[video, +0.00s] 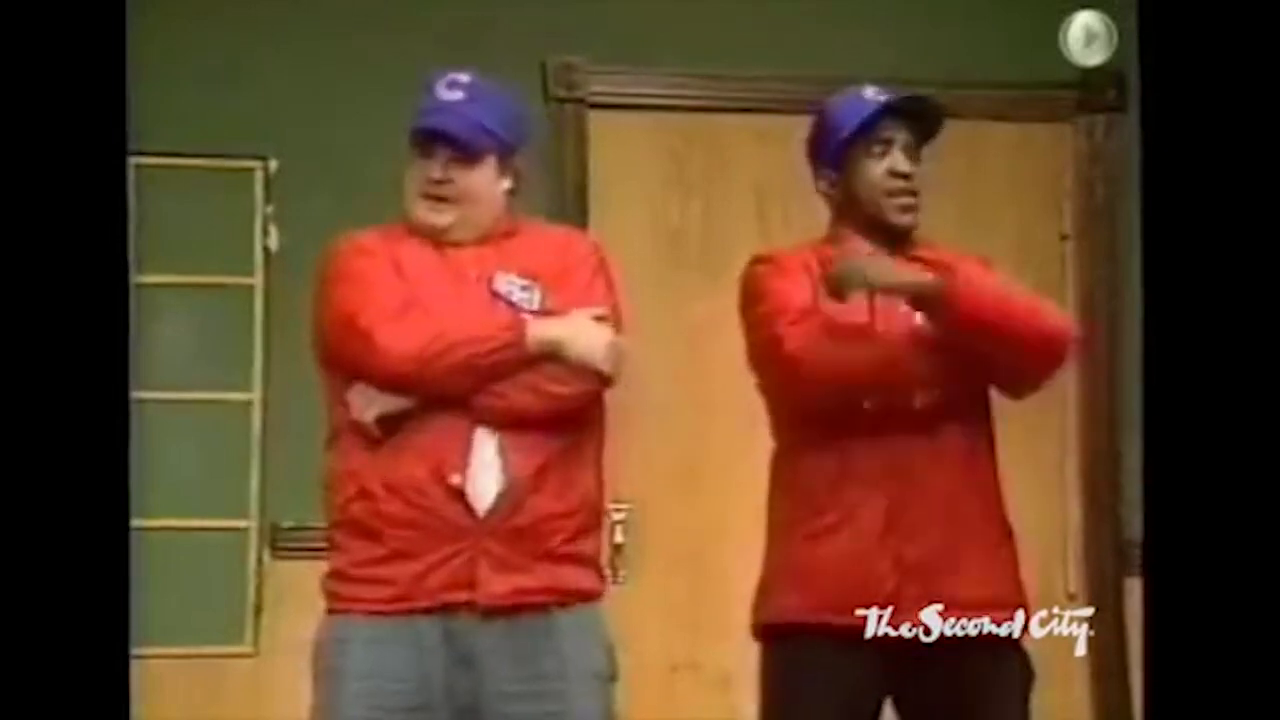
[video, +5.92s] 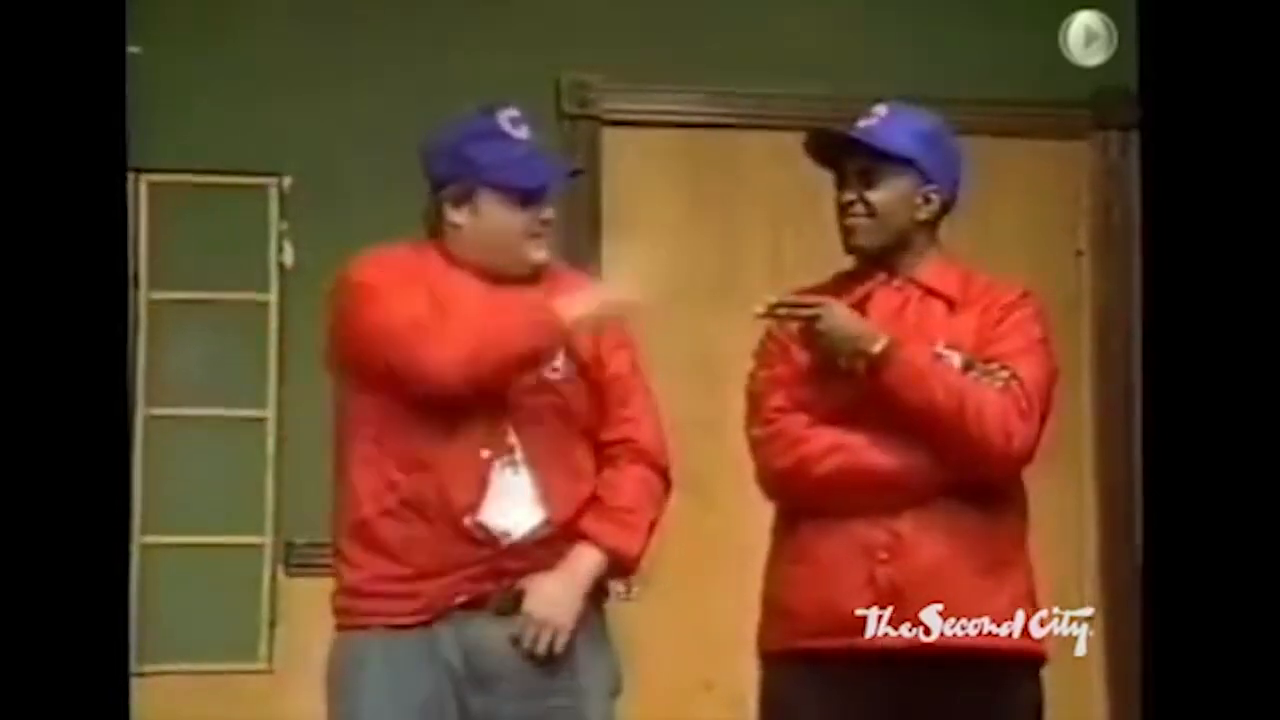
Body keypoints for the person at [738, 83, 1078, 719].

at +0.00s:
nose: (905, 168)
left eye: (912, 153)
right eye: (880, 150)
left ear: (922, 170)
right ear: (831, 177)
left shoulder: (956, 274)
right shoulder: (782, 275)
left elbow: (1047, 344)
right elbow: (803, 367)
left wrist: (918, 282)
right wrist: (961, 356)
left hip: (967, 610)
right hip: (825, 613)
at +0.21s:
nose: (873, 160)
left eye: (892, 145)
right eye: (854, 146)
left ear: (918, 170)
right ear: (829, 174)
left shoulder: (967, 272)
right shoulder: (785, 271)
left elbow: (1025, 352)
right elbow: (811, 384)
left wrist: (874, 342)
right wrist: (959, 393)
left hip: (965, 601)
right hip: (821, 604)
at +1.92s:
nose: (797, 177)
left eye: (820, 160)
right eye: (784, 162)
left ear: (861, 182)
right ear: (772, 181)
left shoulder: (927, 297)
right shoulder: (731, 310)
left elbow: (966, 426)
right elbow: (737, 452)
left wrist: (824, 412)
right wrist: (902, 459)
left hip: (919, 630)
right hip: (772, 636)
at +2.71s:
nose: (900, 189)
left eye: (908, 171)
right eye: (873, 172)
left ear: (921, 187)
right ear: (826, 196)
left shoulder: (978, 306)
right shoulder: (785, 324)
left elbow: (1035, 435)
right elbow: (799, 471)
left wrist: (889, 430)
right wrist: (972, 467)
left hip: (985, 639)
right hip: (840, 649)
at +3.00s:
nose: (975, 191)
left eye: (982, 173)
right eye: (949, 172)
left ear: (994, 187)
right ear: (893, 198)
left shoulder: (1041, 316)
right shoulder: (839, 316)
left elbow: (1086, 452)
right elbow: (845, 467)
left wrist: (937, 432)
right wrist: (1014, 485)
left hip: (1025, 646)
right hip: (876, 645)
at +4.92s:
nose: (872, 188)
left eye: (896, 172)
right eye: (859, 171)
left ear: (932, 196)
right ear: (840, 191)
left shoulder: (993, 317)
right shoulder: (787, 318)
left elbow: (1023, 462)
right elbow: (785, 459)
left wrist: (965, 364)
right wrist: (948, 463)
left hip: (972, 647)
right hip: (823, 648)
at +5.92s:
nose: (848, 196)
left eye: (870, 179)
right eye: (843, 181)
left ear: (929, 199)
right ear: (834, 191)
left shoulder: (1003, 308)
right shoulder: (802, 314)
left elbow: (1003, 437)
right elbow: (783, 460)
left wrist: (872, 348)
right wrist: (953, 455)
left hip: (973, 647)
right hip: (822, 647)